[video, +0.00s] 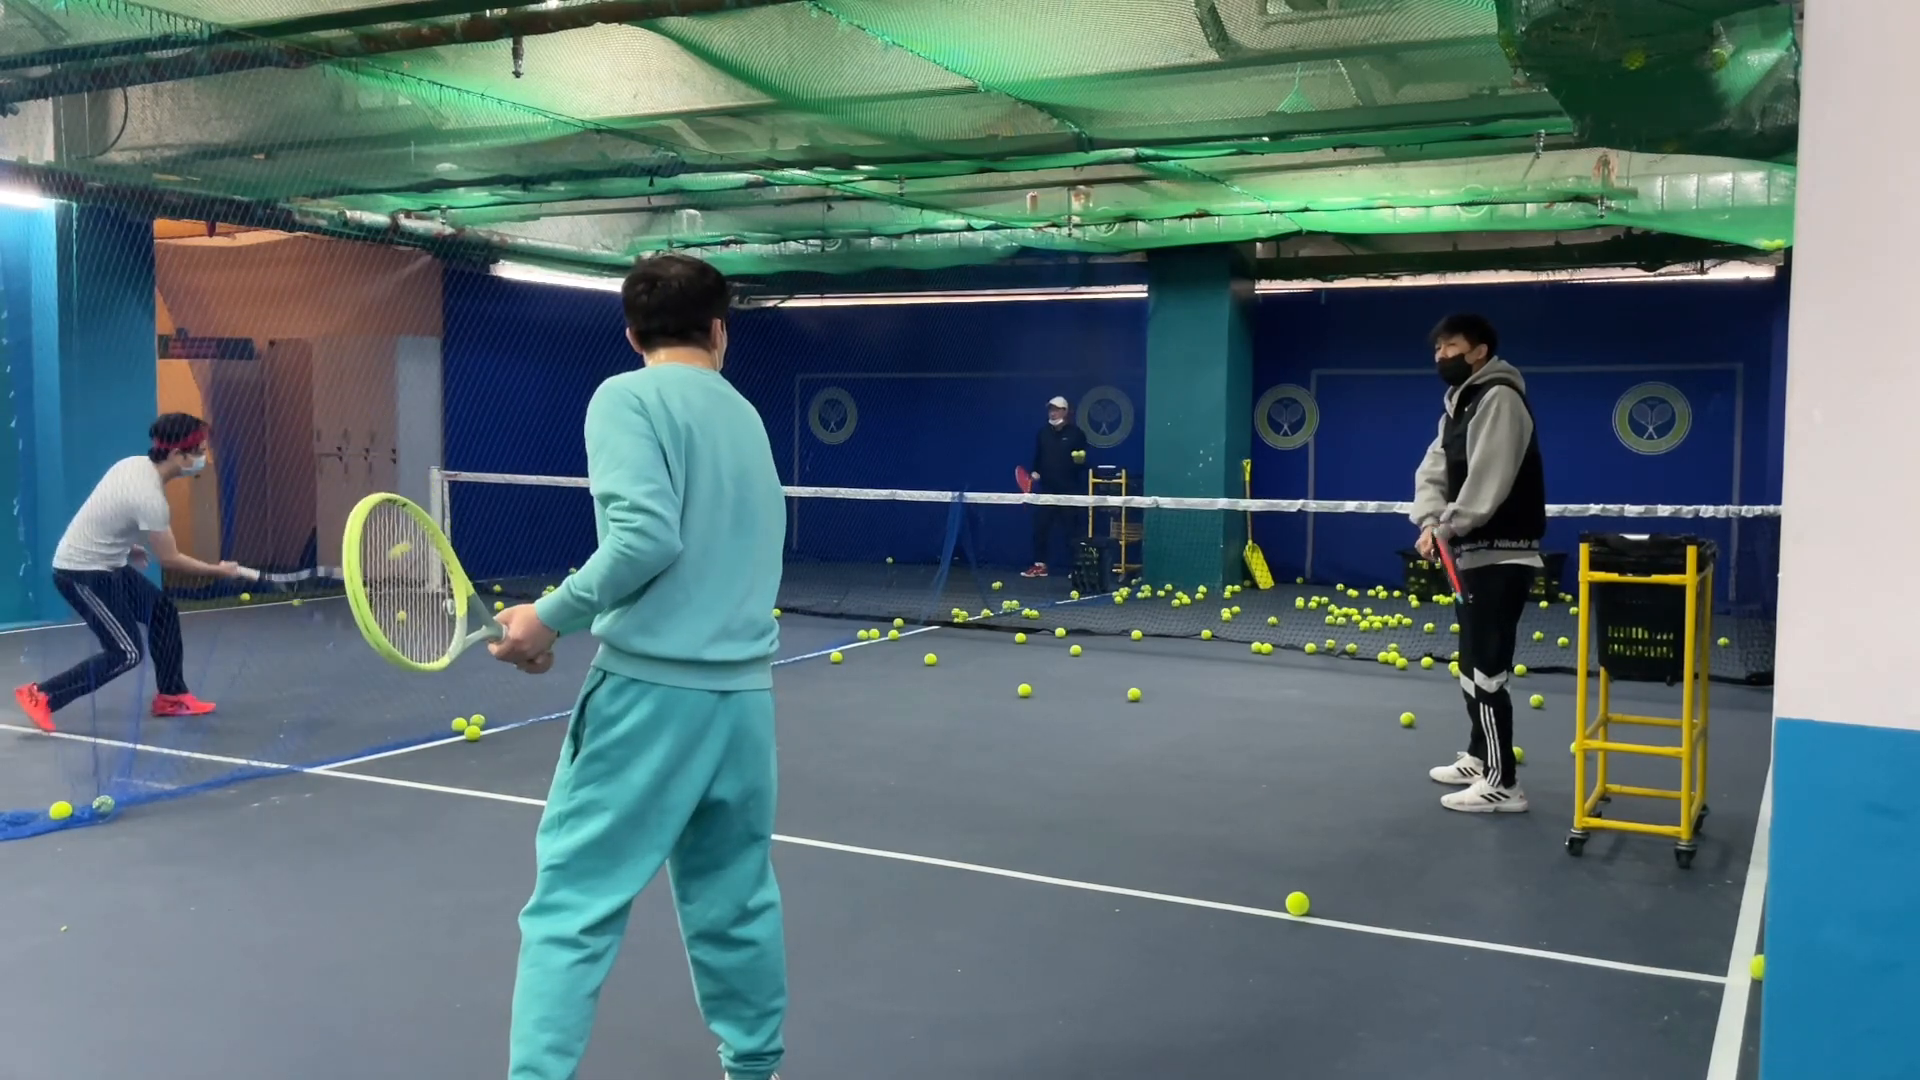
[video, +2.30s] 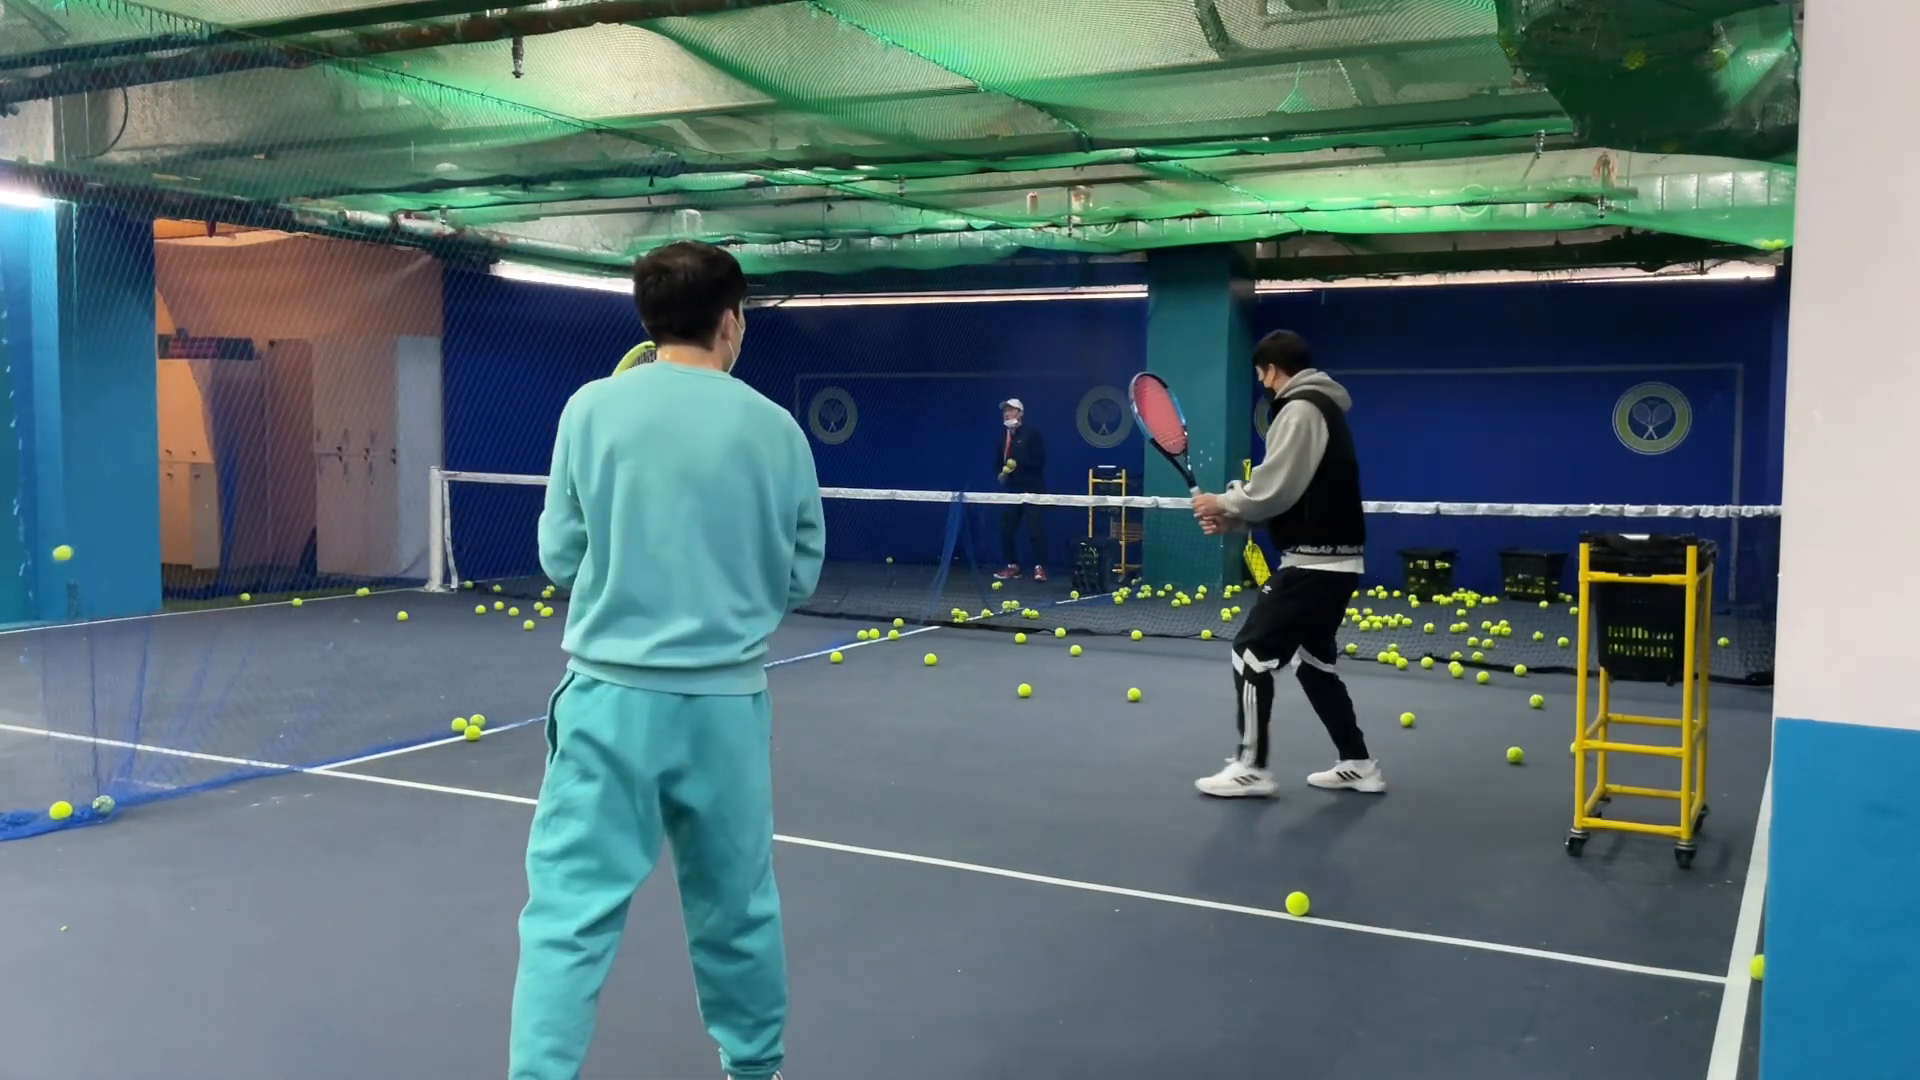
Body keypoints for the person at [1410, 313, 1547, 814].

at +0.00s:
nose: (1442, 356)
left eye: (1452, 346)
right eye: (1438, 350)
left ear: (1482, 349)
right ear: (1440, 359)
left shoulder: (1500, 398)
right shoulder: (1459, 402)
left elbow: (1490, 476)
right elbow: (1433, 469)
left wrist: (1448, 526)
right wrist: (1430, 519)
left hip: (1503, 556)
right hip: (1475, 555)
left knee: (1487, 673)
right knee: (1472, 667)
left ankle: (1501, 786)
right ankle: (1482, 760)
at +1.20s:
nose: (1409, 375)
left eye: (1413, 365)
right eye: (1409, 367)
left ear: (1438, 364)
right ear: (1447, 365)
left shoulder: (1456, 414)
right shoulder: (1473, 409)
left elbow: (1434, 490)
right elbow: (1441, 488)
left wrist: (1387, 523)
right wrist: (1388, 516)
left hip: (1463, 565)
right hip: (1482, 563)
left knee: (1412, 658)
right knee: (1452, 659)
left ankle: (1468, 760)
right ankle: (1479, 759)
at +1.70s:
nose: (1363, 381)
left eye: (1364, 372)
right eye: (1362, 372)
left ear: (1379, 370)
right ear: (1403, 368)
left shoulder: (1395, 417)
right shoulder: (1425, 412)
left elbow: (1366, 495)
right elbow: (1397, 502)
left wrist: (1324, 509)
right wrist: (1340, 526)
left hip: (1407, 571)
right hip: (1428, 568)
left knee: (1375, 669)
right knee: (1391, 661)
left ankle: (1420, 778)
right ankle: (1440, 746)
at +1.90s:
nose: (1335, 370)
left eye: (1335, 362)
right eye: (1335, 362)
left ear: (1348, 361)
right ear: (1379, 357)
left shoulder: (1360, 406)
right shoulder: (1398, 403)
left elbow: (1334, 482)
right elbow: (1368, 488)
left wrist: (1298, 505)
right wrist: (1313, 518)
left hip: (1382, 561)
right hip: (1396, 557)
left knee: (1371, 666)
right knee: (1353, 657)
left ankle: (1421, 775)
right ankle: (1371, 758)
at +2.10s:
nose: (1304, 380)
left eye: (1303, 372)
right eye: (1303, 372)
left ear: (1315, 370)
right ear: (1344, 365)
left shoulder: (1331, 412)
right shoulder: (1364, 409)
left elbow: (1305, 488)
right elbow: (1334, 499)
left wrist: (1261, 505)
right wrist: (1273, 520)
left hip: (1348, 567)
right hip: (1371, 565)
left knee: (1305, 664)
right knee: (1331, 664)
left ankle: (1384, 745)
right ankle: (1354, 763)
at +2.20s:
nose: (1285, 386)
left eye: (1284, 377)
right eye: (1284, 378)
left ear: (1297, 373)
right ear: (1323, 369)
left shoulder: (1318, 415)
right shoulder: (1344, 412)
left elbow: (1291, 488)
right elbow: (1312, 500)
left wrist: (1242, 506)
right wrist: (1254, 520)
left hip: (1332, 566)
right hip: (1354, 565)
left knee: (1271, 654)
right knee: (1318, 662)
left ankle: (1326, 752)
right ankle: (1357, 761)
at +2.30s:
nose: (1264, 382)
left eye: (1263, 373)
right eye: (1262, 374)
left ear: (1276, 370)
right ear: (1301, 364)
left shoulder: (1301, 411)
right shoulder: (1320, 408)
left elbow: (1278, 482)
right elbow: (1293, 494)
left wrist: (1226, 501)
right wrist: (1236, 518)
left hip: (1314, 563)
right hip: (1336, 562)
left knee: (1251, 653)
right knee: (1314, 662)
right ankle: (1358, 765)